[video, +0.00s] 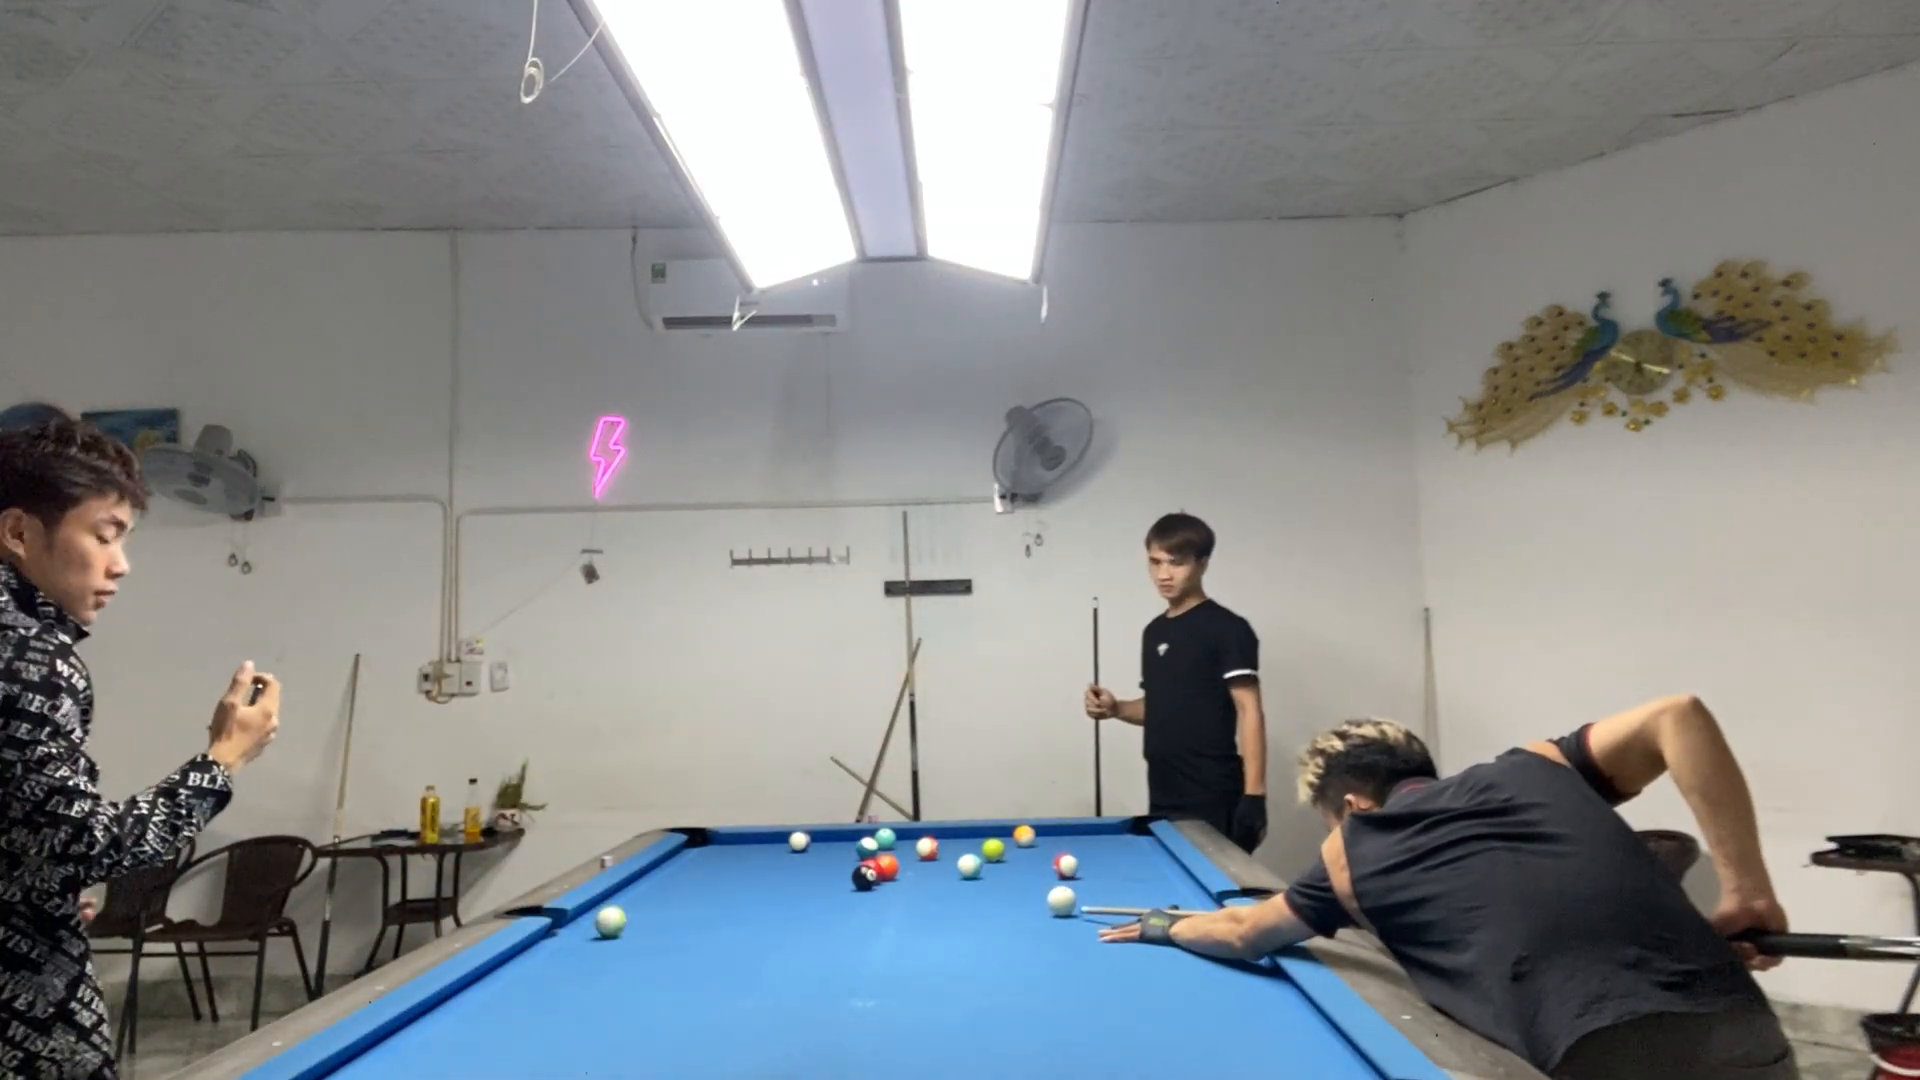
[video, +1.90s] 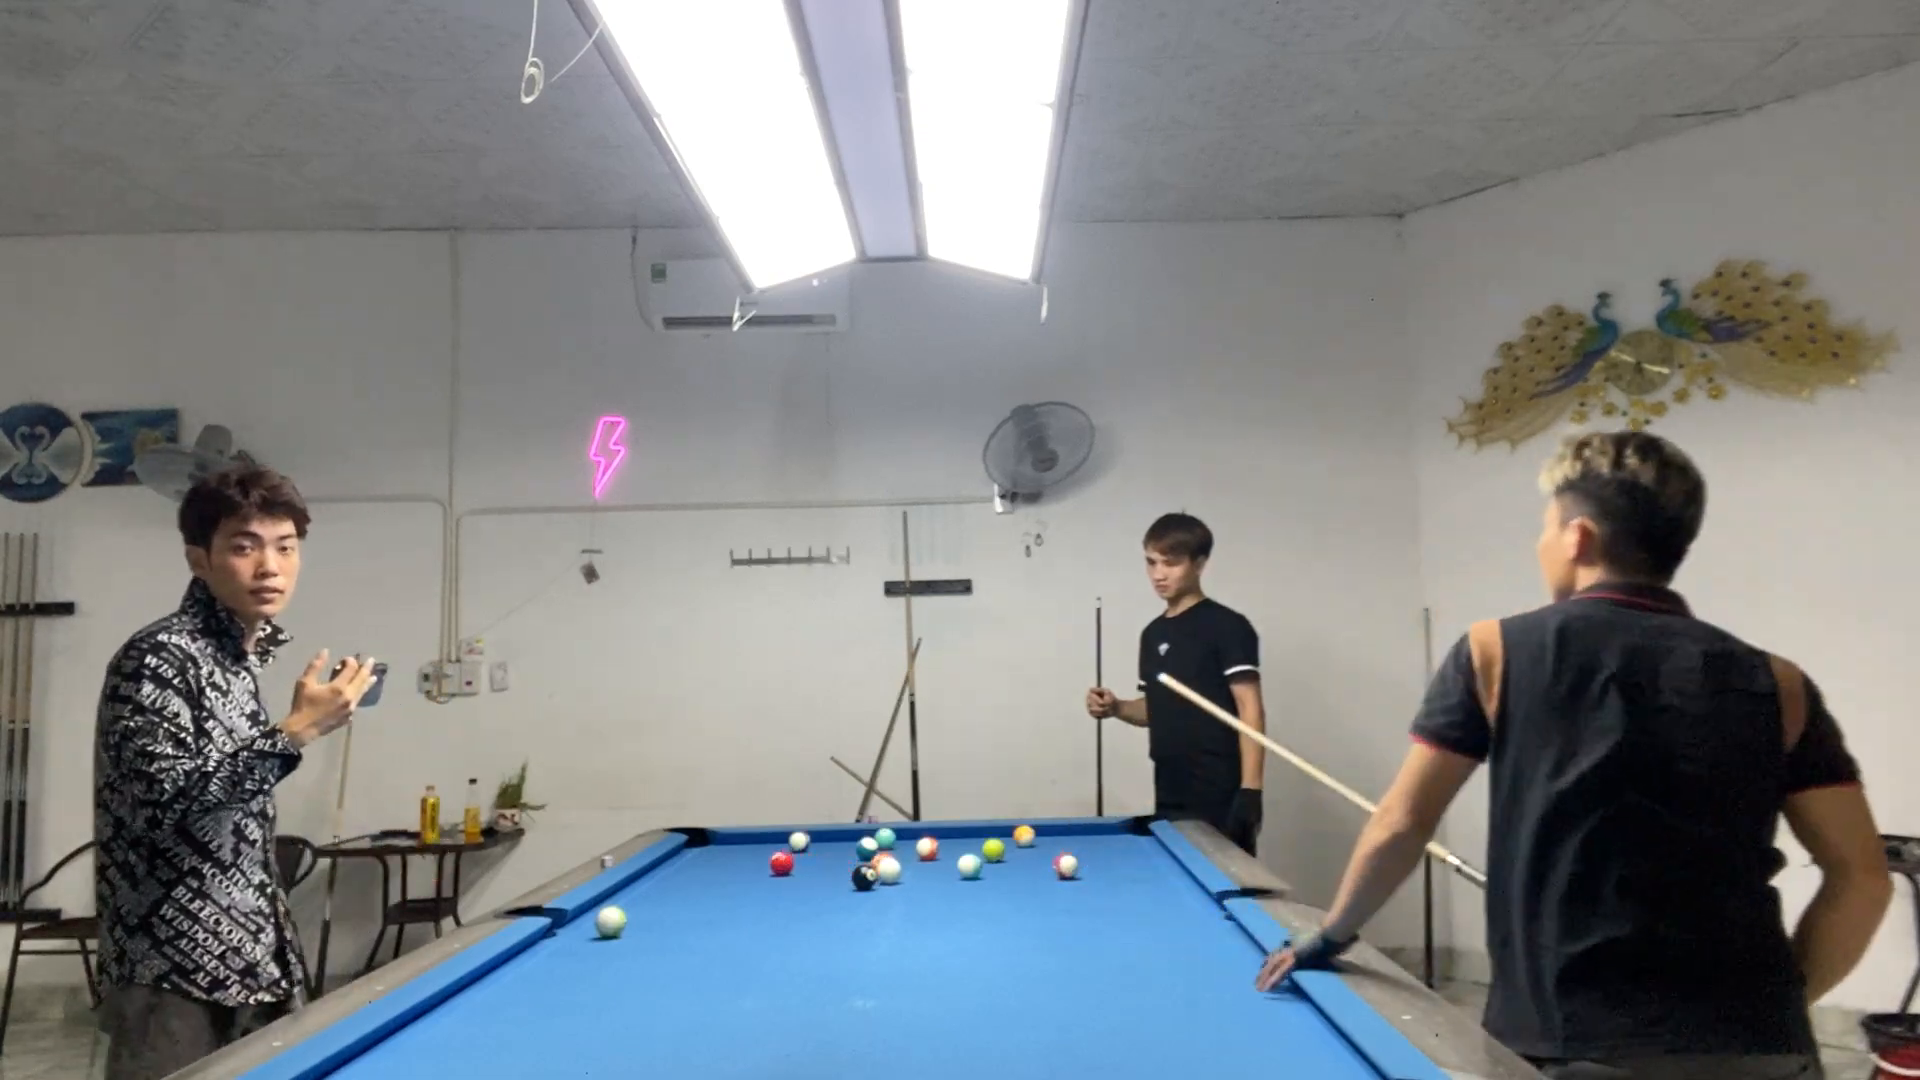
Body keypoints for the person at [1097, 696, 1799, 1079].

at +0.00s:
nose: (1330, 829)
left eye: (1326, 818)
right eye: (1326, 821)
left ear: (1348, 803)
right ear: (1427, 772)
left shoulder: (1352, 847)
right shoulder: (1537, 762)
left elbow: (1243, 933)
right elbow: (1679, 716)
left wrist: (1175, 923)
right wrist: (1749, 885)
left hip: (1611, 1055)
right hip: (1745, 1036)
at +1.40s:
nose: (1345, 802)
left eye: (1344, 786)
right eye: (1344, 788)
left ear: (1371, 776)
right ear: (1449, 751)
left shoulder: (1359, 833)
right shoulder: (1558, 764)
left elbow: (1243, 925)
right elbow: (1721, 814)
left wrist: (1169, 930)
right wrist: (1697, 959)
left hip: (1604, 1051)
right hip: (1742, 1028)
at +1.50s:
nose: (1358, 745)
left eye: (1359, 724)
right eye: (1359, 724)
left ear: (1389, 725)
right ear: (1471, 710)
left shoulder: (1362, 800)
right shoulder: (1588, 740)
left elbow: (1258, 904)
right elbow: (1736, 840)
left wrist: (1182, 932)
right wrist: (1708, 981)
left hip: (1594, 1050)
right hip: (1742, 1035)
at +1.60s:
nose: (1388, 677)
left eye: (1387, 659)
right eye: (1385, 658)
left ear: (1417, 662)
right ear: (1502, 654)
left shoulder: (1378, 750)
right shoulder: (1623, 712)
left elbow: (1275, 874)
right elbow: (1752, 850)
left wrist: (1204, 931)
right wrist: (1717, 988)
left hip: (1579, 1047)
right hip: (1730, 1031)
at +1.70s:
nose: (1431, 611)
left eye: (1435, 590)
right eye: (1434, 590)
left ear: (1462, 599)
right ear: (1551, 603)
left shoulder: (1406, 700)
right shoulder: (1664, 692)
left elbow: (1302, 845)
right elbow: (1782, 854)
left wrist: (1232, 922)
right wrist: (1727, 992)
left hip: (1568, 1043)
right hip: (1734, 1040)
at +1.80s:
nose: (1488, 567)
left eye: (1492, 549)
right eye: (1492, 548)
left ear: (1520, 557)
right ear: (1615, 568)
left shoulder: (1446, 670)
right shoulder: (1717, 684)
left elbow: (1342, 826)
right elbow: (1821, 865)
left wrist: (1272, 916)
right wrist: (1748, 1000)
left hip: (1552, 1043)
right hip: (1735, 1039)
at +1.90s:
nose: (1542, 546)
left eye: (1547, 526)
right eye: (1546, 526)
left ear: (1579, 537)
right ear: (1674, 549)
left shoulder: (1496, 652)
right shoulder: (1775, 685)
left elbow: (1400, 826)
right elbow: (1862, 875)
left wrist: (1331, 933)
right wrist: (1775, 1000)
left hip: (1569, 1045)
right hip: (1752, 1045)